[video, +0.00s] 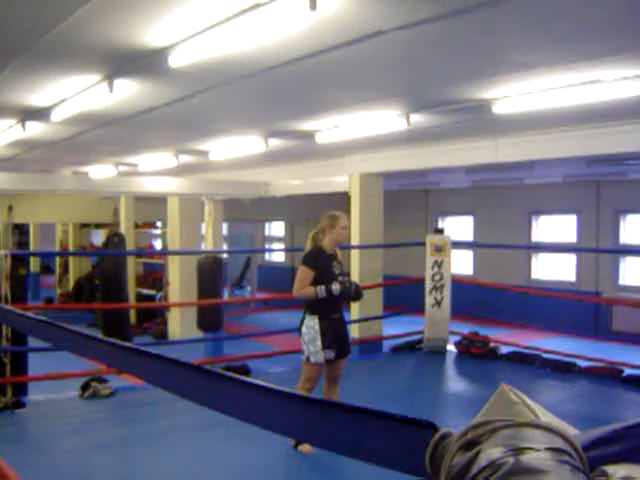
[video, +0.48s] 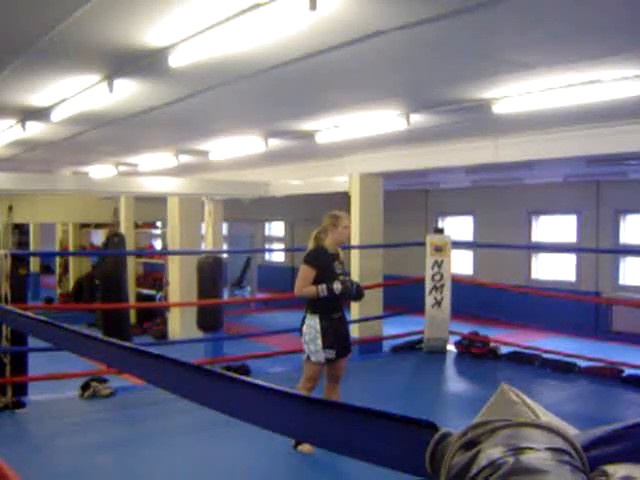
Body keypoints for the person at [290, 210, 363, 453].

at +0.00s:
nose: (346, 234)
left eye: (347, 229)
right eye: (343, 229)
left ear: (338, 231)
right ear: (328, 230)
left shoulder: (336, 258)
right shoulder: (314, 256)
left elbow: (333, 289)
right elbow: (298, 290)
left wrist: (350, 290)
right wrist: (329, 289)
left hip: (336, 318)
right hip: (316, 319)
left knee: (334, 378)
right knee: (309, 380)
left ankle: (330, 428)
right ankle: (299, 431)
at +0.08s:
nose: (347, 233)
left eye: (347, 229)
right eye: (343, 229)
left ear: (338, 230)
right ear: (329, 229)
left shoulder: (336, 258)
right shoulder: (314, 256)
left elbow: (333, 288)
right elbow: (298, 290)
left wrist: (350, 290)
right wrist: (329, 289)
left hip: (336, 318)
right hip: (316, 319)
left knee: (334, 378)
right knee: (309, 380)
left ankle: (330, 429)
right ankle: (299, 431)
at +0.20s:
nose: (347, 233)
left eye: (347, 229)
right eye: (343, 229)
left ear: (338, 231)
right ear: (329, 229)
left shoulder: (336, 258)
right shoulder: (314, 256)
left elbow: (333, 288)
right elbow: (298, 290)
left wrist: (350, 290)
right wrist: (329, 289)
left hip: (335, 318)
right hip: (316, 318)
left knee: (334, 377)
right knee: (309, 378)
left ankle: (330, 428)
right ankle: (299, 431)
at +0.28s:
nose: (346, 233)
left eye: (347, 229)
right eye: (343, 229)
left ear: (339, 231)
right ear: (329, 229)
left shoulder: (336, 258)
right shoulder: (314, 256)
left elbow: (333, 288)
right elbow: (298, 290)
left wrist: (350, 290)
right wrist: (329, 289)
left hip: (336, 317)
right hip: (316, 318)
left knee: (334, 378)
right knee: (309, 379)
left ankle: (329, 429)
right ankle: (299, 431)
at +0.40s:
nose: (348, 233)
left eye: (348, 229)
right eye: (344, 229)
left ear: (337, 231)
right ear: (330, 230)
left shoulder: (336, 258)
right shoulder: (315, 255)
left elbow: (333, 288)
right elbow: (299, 290)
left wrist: (350, 290)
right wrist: (330, 289)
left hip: (336, 317)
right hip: (316, 318)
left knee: (334, 378)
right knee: (309, 379)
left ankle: (330, 429)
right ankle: (298, 431)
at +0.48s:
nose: (349, 233)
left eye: (349, 228)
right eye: (346, 228)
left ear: (338, 230)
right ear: (332, 229)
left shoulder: (337, 257)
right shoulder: (316, 255)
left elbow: (334, 288)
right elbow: (299, 289)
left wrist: (351, 290)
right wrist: (331, 288)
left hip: (337, 317)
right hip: (317, 317)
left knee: (335, 378)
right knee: (310, 379)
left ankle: (330, 428)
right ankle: (299, 431)